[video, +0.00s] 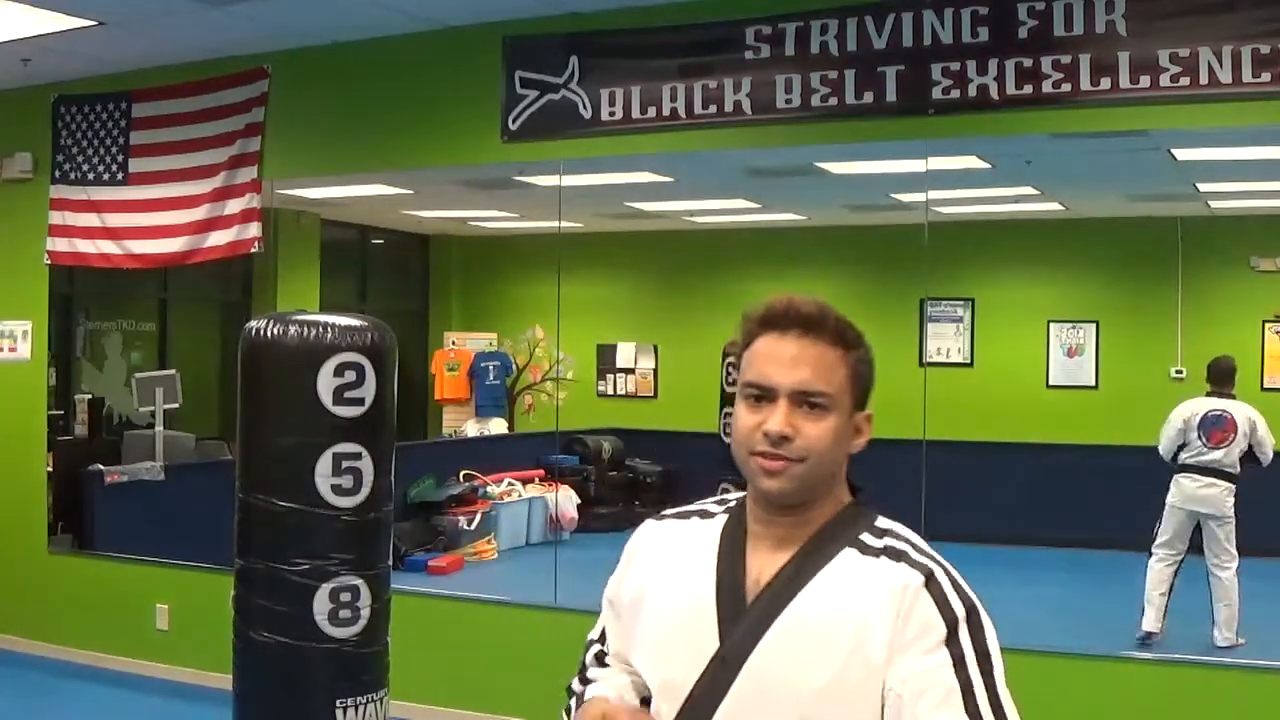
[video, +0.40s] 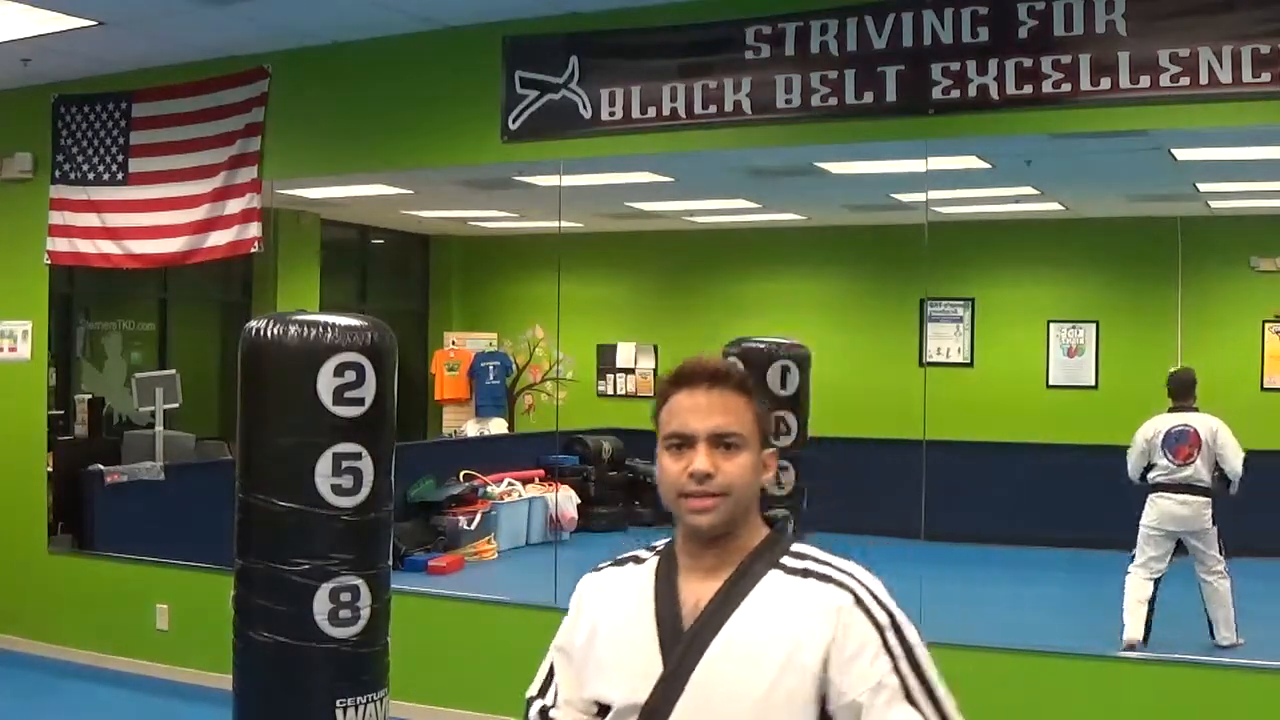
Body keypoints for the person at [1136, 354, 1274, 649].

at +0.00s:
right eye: (1231, 377)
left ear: (1208, 379)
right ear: (1234, 380)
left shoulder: (1187, 408)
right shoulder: (1249, 414)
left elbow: (1166, 450)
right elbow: (1266, 456)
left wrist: (1189, 460)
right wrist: (1238, 450)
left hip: (1184, 489)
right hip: (1220, 495)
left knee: (1165, 554)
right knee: (1223, 563)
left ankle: (1149, 627)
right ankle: (1225, 636)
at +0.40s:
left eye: (1173, 389)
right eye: (1191, 388)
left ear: (1168, 392)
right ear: (1195, 391)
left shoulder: (1151, 426)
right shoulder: (1213, 425)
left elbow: (1134, 471)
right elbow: (1235, 467)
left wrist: (1159, 474)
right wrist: (1230, 486)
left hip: (1159, 504)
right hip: (1197, 506)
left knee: (1143, 569)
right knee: (1212, 569)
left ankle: (1132, 635)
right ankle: (1226, 637)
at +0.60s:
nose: (1165, 381)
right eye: (1166, 376)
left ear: (1139, 381)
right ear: (1166, 380)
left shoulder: (1122, 413)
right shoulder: (1184, 411)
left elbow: (1103, 459)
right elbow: (1203, 454)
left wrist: (1134, 466)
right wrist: (1183, 475)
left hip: (1135, 497)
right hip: (1174, 498)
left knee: (1130, 566)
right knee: (1192, 563)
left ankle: (1129, 641)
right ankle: (1207, 633)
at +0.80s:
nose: (1148, 367)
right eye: (1150, 362)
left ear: (1124, 367)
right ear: (1152, 365)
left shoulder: (1106, 399)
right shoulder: (1171, 395)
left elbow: (1092, 445)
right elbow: (1195, 434)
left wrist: (1121, 453)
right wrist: (1171, 453)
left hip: (1123, 485)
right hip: (1162, 485)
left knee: (1117, 553)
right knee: (1175, 552)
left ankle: (1112, 630)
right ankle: (1161, 618)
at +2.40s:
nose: (1149, 380)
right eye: (1150, 375)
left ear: (1123, 379)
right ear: (1151, 378)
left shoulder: (1103, 414)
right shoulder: (1171, 412)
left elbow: (1091, 458)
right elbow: (1196, 451)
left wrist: (1119, 443)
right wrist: (1171, 430)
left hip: (1113, 501)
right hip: (1152, 503)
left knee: (1096, 572)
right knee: (1158, 578)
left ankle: (1081, 649)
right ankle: (1162, 657)